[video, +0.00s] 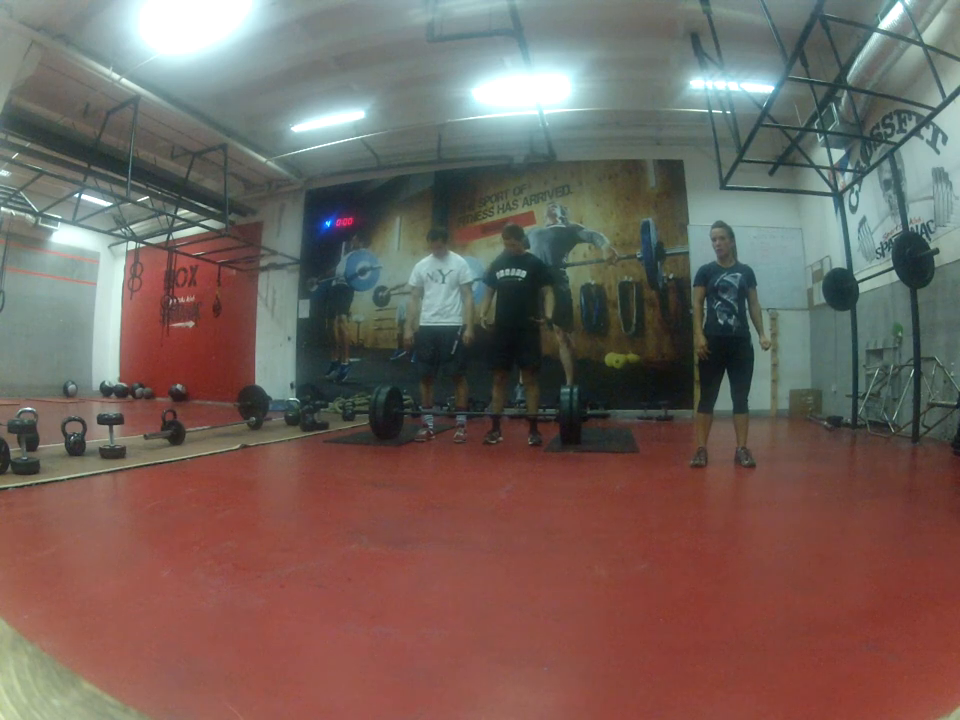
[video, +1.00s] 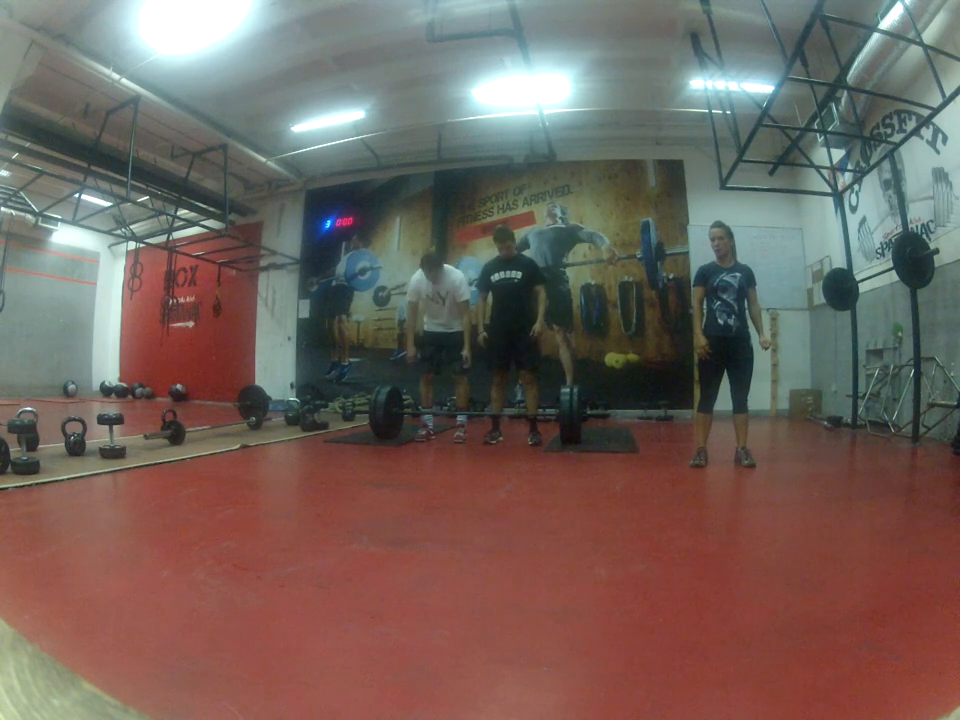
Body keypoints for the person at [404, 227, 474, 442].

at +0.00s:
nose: (437, 249)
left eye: (439, 245)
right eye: (434, 246)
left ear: (446, 243)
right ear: (429, 244)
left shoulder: (459, 263)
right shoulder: (421, 266)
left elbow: (468, 296)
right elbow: (414, 299)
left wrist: (469, 327)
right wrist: (408, 328)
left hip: (454, 328)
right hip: (426, 328)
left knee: (458, 376)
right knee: (425, 377)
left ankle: (461, 425)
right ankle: (427, 425)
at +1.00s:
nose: (431, 277)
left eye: (434, 274)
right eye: (428, 274)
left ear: (441, 267)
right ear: (423, 270)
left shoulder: (456, 277)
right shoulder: (417, 279)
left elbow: (466, 313)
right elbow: (411, 314)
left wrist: (467, 347)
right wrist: (410, 344)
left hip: (455, 330)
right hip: (431, 330)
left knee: (459, 376)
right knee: (426, 376)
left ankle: (461, 425)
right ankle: (427, 425)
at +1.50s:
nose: (431, 278)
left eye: (433, 274)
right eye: (427, 275)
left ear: (440, 267)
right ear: (422, 271)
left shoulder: (455, 276)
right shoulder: (415, 280)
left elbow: (465, 312)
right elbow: (412, 315)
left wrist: (467, 345)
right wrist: (412, 344)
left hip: (455, 331)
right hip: (431, 331)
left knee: (460, 376)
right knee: (427, 376)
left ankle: (461, 425)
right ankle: (427, 425)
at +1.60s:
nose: (430, 278)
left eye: (433, 275)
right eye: (427, 275)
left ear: (439, 268)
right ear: (422, 271)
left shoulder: (455, 276)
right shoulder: (415, 280)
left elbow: (466, 312)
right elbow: (412, 315)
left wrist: (467, 345)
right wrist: (412, 344)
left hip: (455, 331)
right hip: (430, 331)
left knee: (460, 377)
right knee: (427, 376)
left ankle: (461, 425)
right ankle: (427, 425)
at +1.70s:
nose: (429, 279)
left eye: (432, 275)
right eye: (426, 276)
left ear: (439, 268)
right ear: (422, 271)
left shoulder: (455, 277)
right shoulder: (415, 280)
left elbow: (466, 312)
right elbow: (412, 315)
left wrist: (467, 345)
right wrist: (412, 345)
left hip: (456, 331)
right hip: (430, 331)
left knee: (460, 377)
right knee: (427, 376)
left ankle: (461, 425)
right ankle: (427, 425)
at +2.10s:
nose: (431, 278)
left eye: (433, 274)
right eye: (427, 275)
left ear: (440, 268)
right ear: (422, 271)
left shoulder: (456, 277)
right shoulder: (416, 280)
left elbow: (466, 312)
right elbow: (412, 315)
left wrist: (467, 346)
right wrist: (411, 345)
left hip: (456, 331)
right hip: (431, 331)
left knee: (460, 377)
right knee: (427, 376)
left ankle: (461, 425)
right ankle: (427, 425)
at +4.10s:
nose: (432, 241)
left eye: (435, 237)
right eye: (429, 237)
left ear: (443, 237)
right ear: (425, 239)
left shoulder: (457, 262)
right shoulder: (416, 265)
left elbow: (460, 298)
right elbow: (410, 300)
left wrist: (462, 329)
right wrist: (405, 329)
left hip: (452, 327)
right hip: (425, 328)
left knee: (456, 374)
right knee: (426, 375)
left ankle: (458, 424)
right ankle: (427, 425)